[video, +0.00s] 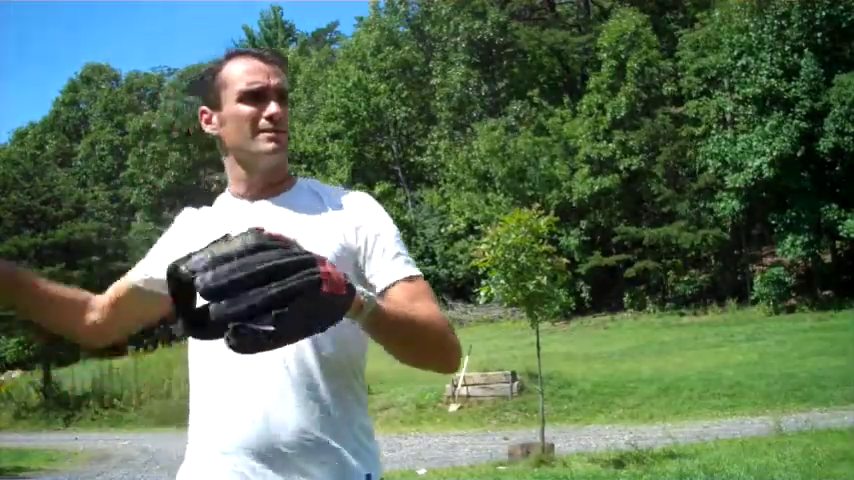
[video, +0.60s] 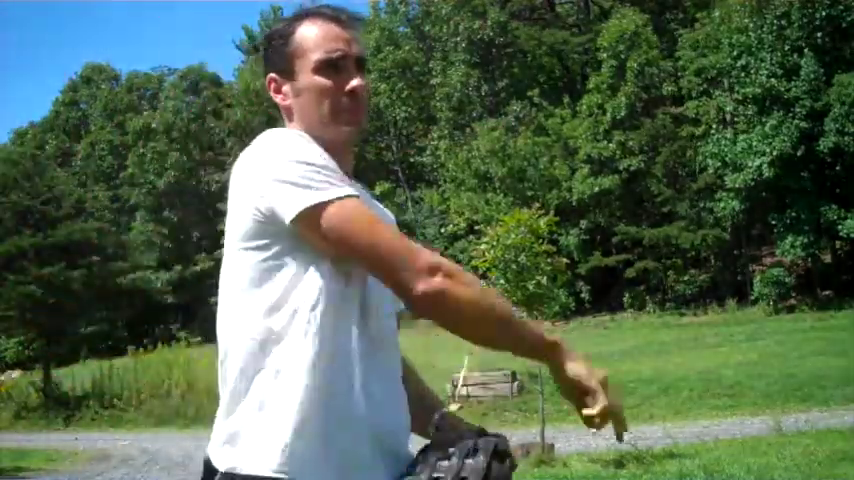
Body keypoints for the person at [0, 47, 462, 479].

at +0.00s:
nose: (275, 111)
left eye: (281, 98)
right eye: (254, 98)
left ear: (290, 111)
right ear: (212, 121)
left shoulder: (354, 213)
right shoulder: (190, 230)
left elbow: (445, 352)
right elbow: (98, 321)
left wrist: (352, 301)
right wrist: (9, 279)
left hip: (335, 465)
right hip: (220, 465)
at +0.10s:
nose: (297, 101)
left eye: (302, 88)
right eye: (274, 90)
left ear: (311, 103)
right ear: (231, 115)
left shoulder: (382, 215)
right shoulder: (197, 226)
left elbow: (459, 366)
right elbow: (55, 289)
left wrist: (402, 318)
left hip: (357, 465)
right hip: (235, 466)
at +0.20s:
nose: (318, 97)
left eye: (320, 82)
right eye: (295, 86)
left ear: (329, 93)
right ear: (251, 112)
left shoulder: (394, 221)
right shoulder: (215, 209)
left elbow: (455, 373)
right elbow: (84, 231)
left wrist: (437, 335)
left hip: (370, 465)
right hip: (245, 467)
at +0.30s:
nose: (331, 93)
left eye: (334, 78)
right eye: (307, 80)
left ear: (344, 87)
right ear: (260, 105)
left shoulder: (391, 223)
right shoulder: (247, 200)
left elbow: (421, 345)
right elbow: (206, 192)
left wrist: (453, 354)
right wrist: (185, 17)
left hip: (382, 465)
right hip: (266, 463)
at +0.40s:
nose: (342, 87)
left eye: (345, 72)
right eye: (317, 76)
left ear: (353, 78)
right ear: (268, 100)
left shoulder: (386, 222)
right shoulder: (240, 163)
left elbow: (409, 355)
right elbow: (302, 177)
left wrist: (459, 384)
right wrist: (425, 105)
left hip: (380, 465)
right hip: (265, 464)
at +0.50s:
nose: (351, 84)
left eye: (356, 69)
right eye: (327, 70)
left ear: (364, 81)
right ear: (278, 94)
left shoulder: (376, 206)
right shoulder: (259, 163)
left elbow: (395, 351)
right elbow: (393, 234)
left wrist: (462, 416)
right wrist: (571, 253)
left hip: (374, 464)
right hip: (271, 466)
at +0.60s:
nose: (358, 83)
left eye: (361, 68)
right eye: (332, 68)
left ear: (370, 79)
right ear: (281, 91)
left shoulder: (371, 210)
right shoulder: (275, 156)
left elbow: (374, 352)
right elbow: (427, 281)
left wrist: (451, 432)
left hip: (373, 467)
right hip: (276, 467)